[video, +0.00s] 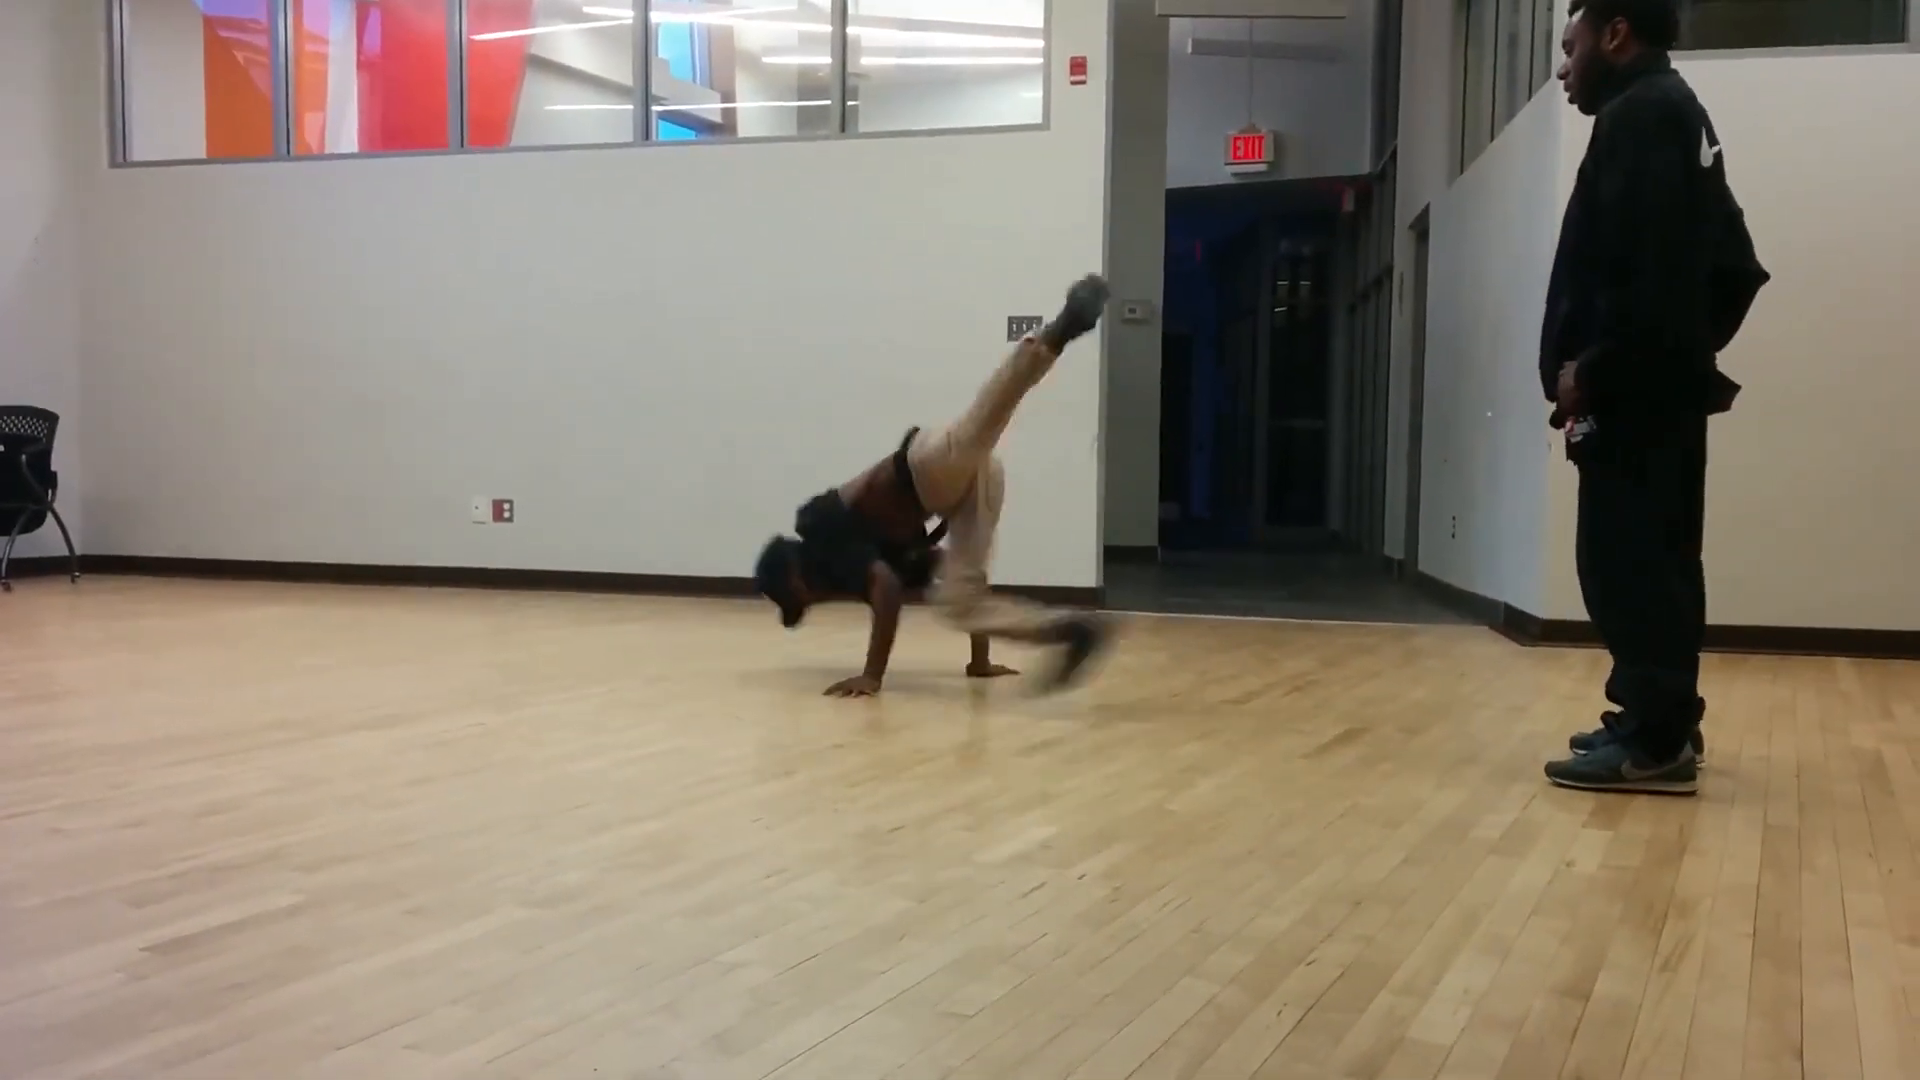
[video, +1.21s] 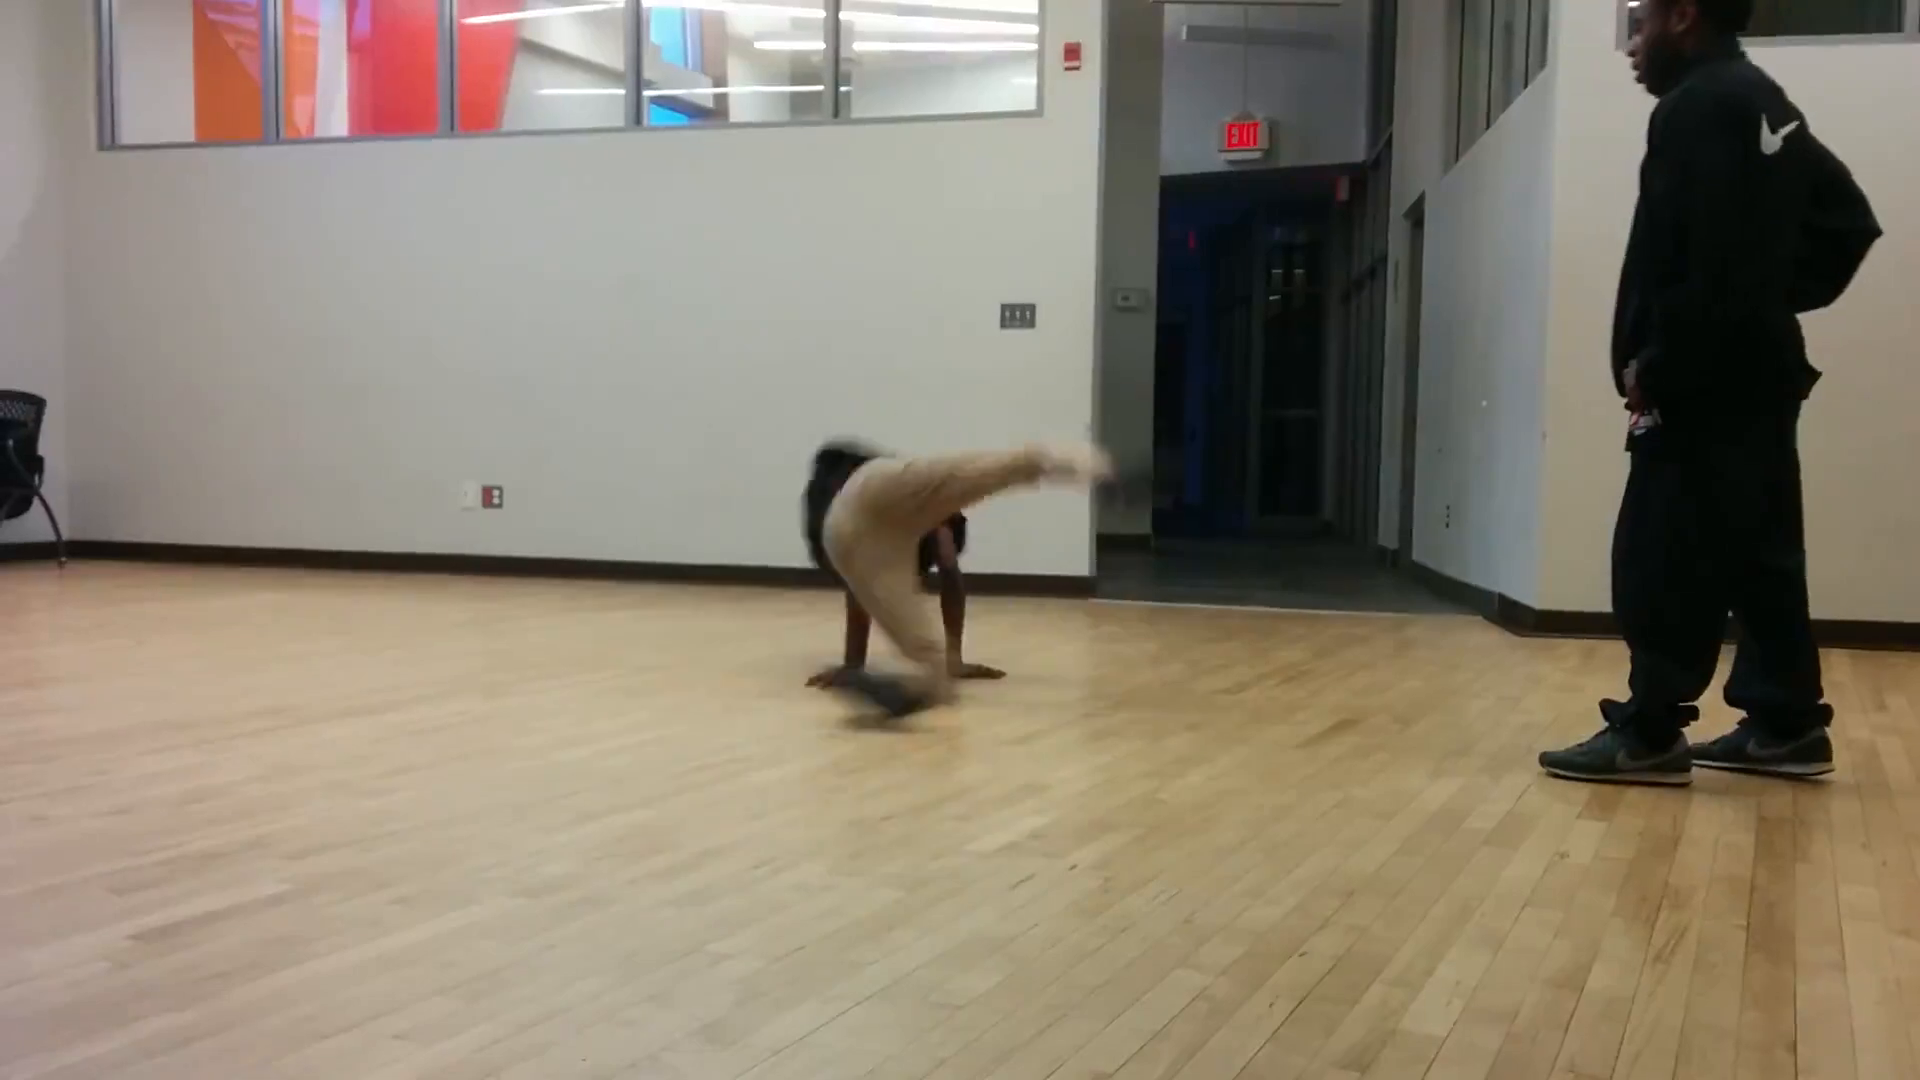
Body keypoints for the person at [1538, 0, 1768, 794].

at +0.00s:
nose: (1562, 63)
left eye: (1572, 44)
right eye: (1564, 46)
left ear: (1617, 38)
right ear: (1624, 38)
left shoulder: (1639, 113)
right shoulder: (1671, 109)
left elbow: (1625, 262)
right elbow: (1735, 266)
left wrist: (1585, 363)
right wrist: (1677, 359)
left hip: (1636, 397)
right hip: (1664, 394)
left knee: (1628, 557)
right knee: (1651, 552)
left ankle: (1656, 740)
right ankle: (1656, 726)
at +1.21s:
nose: (1626, 46)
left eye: (1635, 22)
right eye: (1626, 26)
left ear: (1682, 17)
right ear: (1691, 21)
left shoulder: (1693, 108)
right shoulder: (1761, 100)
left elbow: (1677, 256)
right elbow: (1847, 223)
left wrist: (1648, 364)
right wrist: (1763, 295)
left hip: (1696, 388)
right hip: (1763, 381)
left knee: (1659, 554)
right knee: (1764, 550)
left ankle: (1647, 732)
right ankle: (1787, 723)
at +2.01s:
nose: (1706, 69)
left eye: (1713, 46)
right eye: (1706, 51)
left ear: (1763, 36)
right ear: (1770, 38)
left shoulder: (1799, 99)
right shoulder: (1834, 99)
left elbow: (1802, 238)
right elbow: (1902, 220)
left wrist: (1767, 344)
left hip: (1795, 382)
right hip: (1855, 381)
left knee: (1729, 530)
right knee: (1828, 545)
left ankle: (1732, 720)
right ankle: (1808, 727)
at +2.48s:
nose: (1666, 80)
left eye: (1675, 59)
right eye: (1665, 63)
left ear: (1727, 47)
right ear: (1727, 51)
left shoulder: (1774, 116)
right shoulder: (1759, 118)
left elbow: (1815, 270)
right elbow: (1816, 268)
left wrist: (1738, 374)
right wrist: (1715, 369)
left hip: (1774, 405)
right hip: (1751, 405)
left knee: (1754, 566)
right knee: (1730, 562)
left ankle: (1748, 752)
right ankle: (1723, 736)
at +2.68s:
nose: (1592, 83)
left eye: (1601, 62)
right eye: (1591, 65)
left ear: (1655, 51)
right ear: (1654, 55)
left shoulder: (1696, 125)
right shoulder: (1678, 125)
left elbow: (1709, 278)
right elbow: (1686, 276)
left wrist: (1658, 389)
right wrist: (1633, 382)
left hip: (1691, 414)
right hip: (1666, 412)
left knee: (1681, 583)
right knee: (1657, 579)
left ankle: (1682, 773)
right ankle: (1649, 743)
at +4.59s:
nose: (1538, 181)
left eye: (1546, 161)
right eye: (1536, 163)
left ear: (1596, 148)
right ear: (1599, 150)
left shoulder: (1648, 227)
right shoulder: (1626, 226)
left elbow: (1666, 378)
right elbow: (1631, 374)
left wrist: (1598, 479)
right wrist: (1572, 469)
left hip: (1644, 499)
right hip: (1619, 498)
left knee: (1631, 666)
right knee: (1611, 662)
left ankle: (1653, 857)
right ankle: (1619, 827)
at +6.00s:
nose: (1551, 143)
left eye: (1562, 124)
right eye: (1551, 126)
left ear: (1612, 116)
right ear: (1615, 118)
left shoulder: (1651, 195)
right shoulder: (1637, 195)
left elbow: (1670, 346)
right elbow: (1635, 343)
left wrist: (1622, 455)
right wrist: (1596, 446)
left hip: (1670, 473)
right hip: (1642, 473)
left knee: (1663, 643)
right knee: (1638, 640)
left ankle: (1665, 833)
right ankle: (1632, 803)